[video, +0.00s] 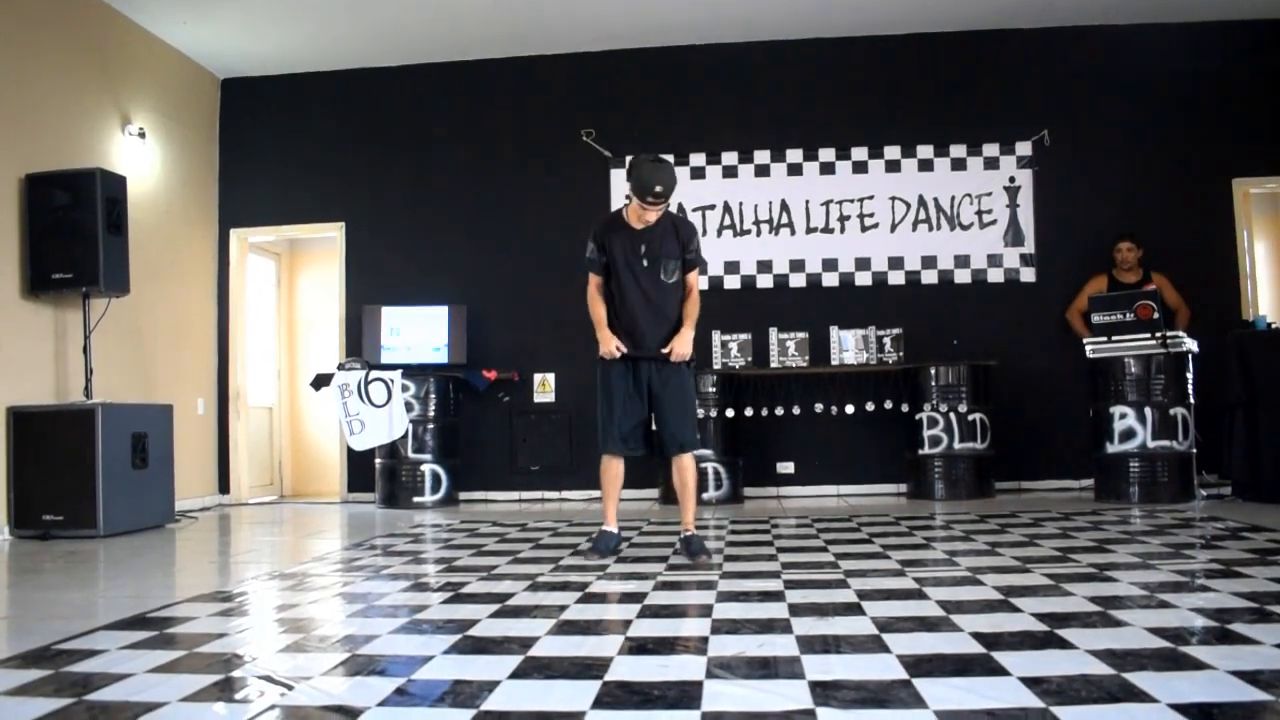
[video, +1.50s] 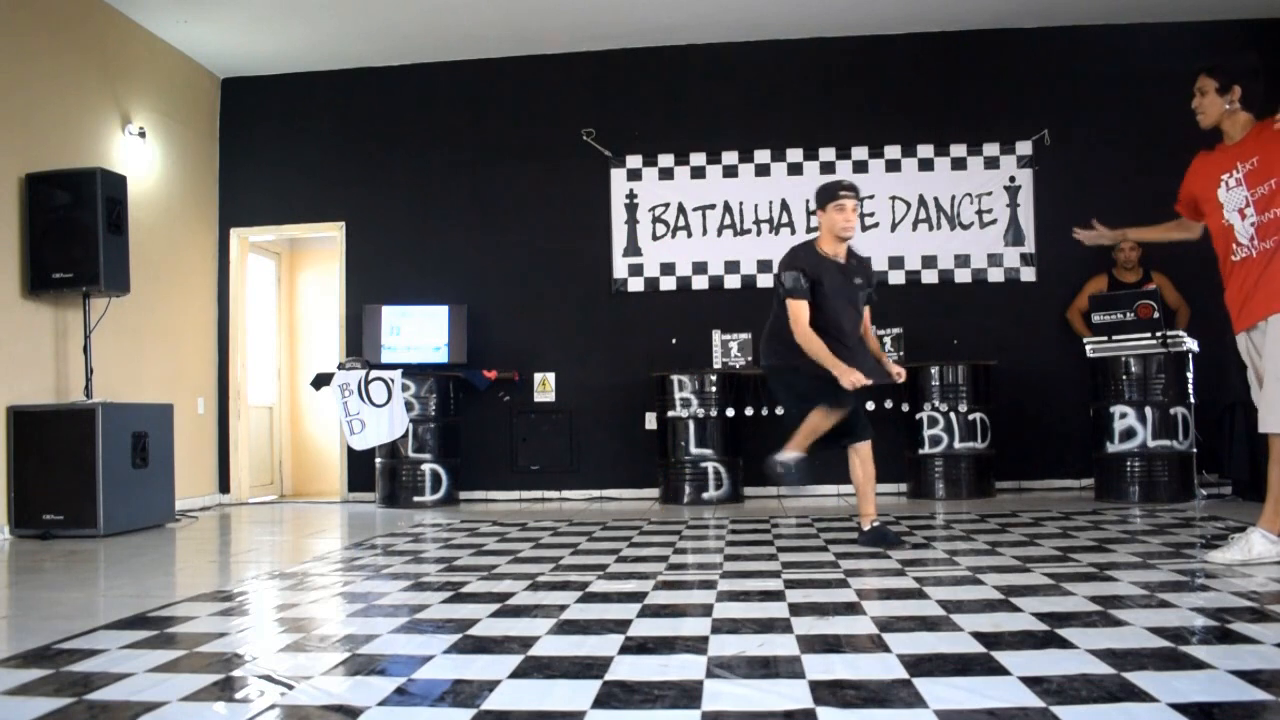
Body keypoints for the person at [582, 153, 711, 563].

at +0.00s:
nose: (652, 214)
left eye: (660, 207)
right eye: (646, 206)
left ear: (671, 198)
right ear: (631, 193)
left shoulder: (682, 231)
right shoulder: (606, 231)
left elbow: (692, 289)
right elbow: (594, 289)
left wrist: (687, 332)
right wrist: (603, 333)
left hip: (670, 357)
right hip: (620, 357)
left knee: (682, 444)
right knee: (613, 444)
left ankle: (689, 531)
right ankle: (609, 528)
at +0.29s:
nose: (646, 212)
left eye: (653, 204)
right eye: (639, 204)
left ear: (667, 196)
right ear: (629, 199)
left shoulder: (697, 236)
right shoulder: (625, 243)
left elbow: (720, 292)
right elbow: (619, 289)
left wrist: (701, 332)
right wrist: (611, 325)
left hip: (682, 356)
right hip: (632, 353)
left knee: (683, 444)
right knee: (588, 420)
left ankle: (681, 532)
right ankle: (552, 456)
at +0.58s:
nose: (640, 224)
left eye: (645, 215)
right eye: (632, 217)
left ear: (658, 213)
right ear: (623, 221)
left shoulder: (691, 245)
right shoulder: (626, 268)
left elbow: (726, 296)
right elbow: (628, 330)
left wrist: (729, 349)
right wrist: (639, 376)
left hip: (716, 367)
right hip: (666, 378)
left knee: (766, 441)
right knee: (653, 451)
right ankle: (658, 530)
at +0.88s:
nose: (698, 241)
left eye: (703, 233)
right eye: (688, 235)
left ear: (712, 238)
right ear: (672, 244)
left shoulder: (740, 270)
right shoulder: (680, 307)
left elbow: (773, 324)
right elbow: (709, 365)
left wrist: (775, 381)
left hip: (772, 379)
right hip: (725, 391)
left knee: (831, 442)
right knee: (691, 460)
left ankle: (864, 523)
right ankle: (663, 531)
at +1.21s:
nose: (757, 253)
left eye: (762, 245)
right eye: (747, 246)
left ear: (769, 248)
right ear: (729, 253)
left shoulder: (785, 283)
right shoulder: (727, 310)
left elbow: (801, 319)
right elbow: (767, 370)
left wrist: (824, 343)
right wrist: (817, 404)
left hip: (797, 393)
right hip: (747, 400)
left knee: (859, 441)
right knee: (704, 467)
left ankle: (867, 524)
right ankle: (660, 530)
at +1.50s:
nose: (850, 217)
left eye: (854, 210)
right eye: (840, 210)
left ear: (859, 216)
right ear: (821, 215)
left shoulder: (860, 267)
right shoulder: (799, 261)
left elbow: (864, 328)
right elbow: (800, 329)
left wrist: (884, 361)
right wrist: (839, 367)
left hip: (837, 360)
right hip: (791, 359)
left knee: (860, 432)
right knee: (841, 396)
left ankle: (869, 524)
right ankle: (787, 456)